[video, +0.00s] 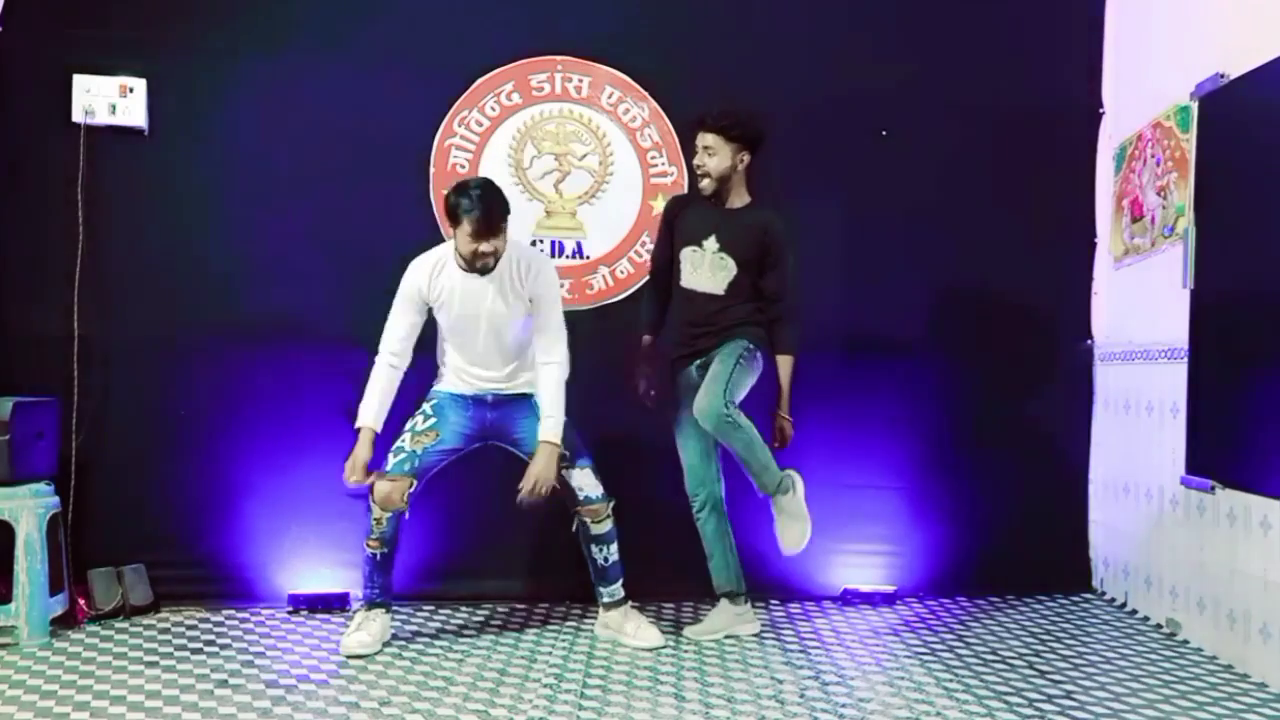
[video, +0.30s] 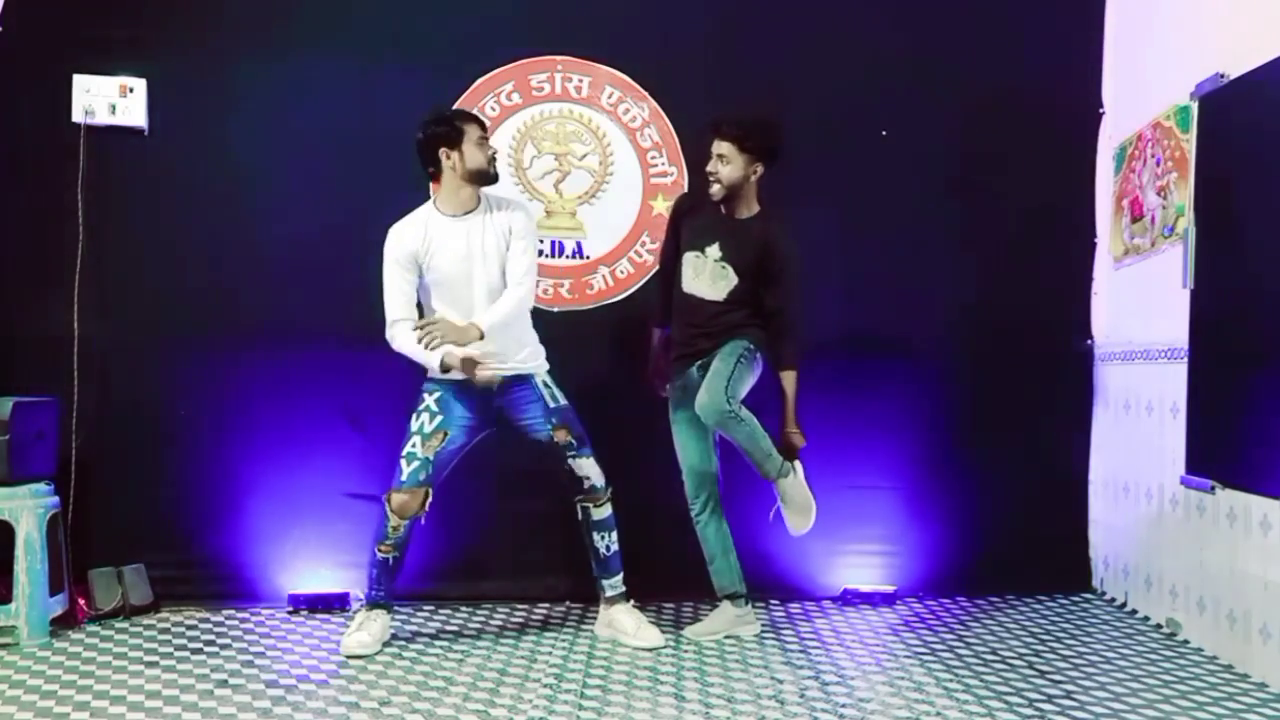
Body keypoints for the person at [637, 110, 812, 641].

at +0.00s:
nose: (699, 161)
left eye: (710, 152)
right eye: (697, 151)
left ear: (741, 158)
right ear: (696, 156)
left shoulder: (764, 224)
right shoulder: (680, 211)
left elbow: (781, 315)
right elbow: (659, 286)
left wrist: (785, 404)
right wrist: (647, 352)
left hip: (740, 346)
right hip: (688, 356)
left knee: (710, 408)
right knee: (703, 491)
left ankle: (781, 490)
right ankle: (733, 604)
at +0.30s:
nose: (711, 167)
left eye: (724, 160)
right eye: (711, 157)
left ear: (755, 168)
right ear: (709, 161)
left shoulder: (768, 235)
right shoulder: (689, 211)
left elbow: (784, 327)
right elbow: (666, 279)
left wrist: (791, 419)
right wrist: (659, 346)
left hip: (739, 345)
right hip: (686, 358)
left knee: (712, 404)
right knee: (700, 491)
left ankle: (783, 475)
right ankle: (734, 605)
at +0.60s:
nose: (735, 170)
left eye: (748, 166)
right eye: (737, 160)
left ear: (776, 181)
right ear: (732, 164)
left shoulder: (777, 250)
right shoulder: (697, 215)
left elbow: (785, 341)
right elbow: (660, 275)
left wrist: (781, 424)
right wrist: (645, 343)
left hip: (738, 349)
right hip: (684, 360)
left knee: (727, 412)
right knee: (700, 489)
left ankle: (777, 485)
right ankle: (734, 604)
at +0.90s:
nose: (746, 168)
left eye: (758, 163)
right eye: (747, 158)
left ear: (789, 176)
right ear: (745, 162)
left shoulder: (792, 251)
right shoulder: (712, 207)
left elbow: (796, 339)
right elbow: (662, 266)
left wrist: (786, 421)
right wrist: (644, 335)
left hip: (746, 363)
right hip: (688, 367)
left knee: (753, 443)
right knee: (704, 496)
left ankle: (779, 543)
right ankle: (731, 605)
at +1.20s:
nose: (739, 152)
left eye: (749, 144)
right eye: (741, 143)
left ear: (781, 153)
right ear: (767, 153)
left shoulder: (811, 233)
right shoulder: (726, 206)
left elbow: (826, 328)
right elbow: (674, 255)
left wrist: (825, 414)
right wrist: (645, 295)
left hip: (777, 381)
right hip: (714, 377)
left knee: (791, 502)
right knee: (708, 500)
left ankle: (802, 621)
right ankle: (734, 607)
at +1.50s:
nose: (734, 144)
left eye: (742, 133)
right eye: (735, 133)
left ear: (774, 139)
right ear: (764, 141)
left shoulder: (823, 213)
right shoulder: (741, 209)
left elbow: (855, 311)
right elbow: (737, 300)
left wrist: (840, 398)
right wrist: (720, 368)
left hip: (795, 379)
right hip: (735, 376)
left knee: (799, 505)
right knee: (728, 498)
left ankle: (802, 623)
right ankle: (737, 607)